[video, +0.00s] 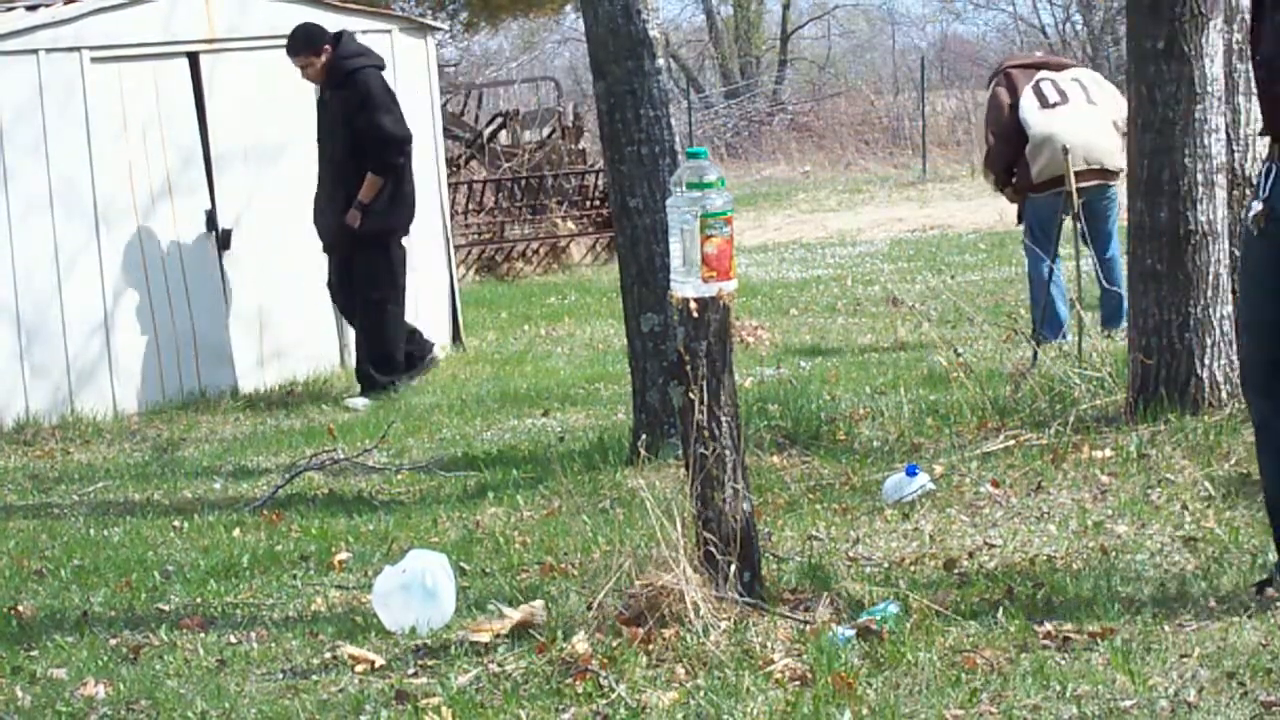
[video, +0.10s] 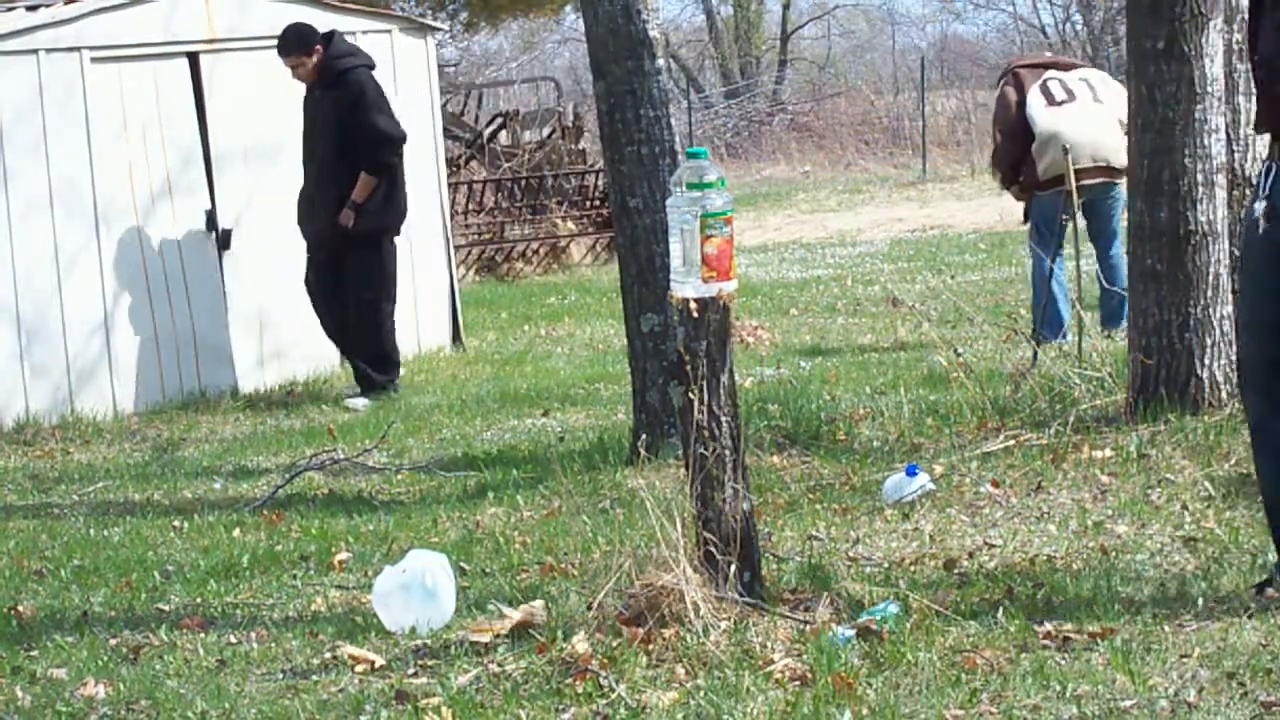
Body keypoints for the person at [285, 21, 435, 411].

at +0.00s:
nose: (303, 75)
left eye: (306, 66)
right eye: (299, 68)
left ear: (325, 53)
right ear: (315, 57)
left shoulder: (360, 78)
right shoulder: (334, 80)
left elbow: (391, 145)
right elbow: (343, 149)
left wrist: (360, 204)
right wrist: (330, 202)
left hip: (375, 216)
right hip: (347, 215)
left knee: (374, 299)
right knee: (346, 293)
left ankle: (379, 387)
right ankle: (414, 349)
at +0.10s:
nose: (293, 74)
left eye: (296, 65)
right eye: (289, 67)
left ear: (316, 52)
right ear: (303, 58)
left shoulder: (354, 80)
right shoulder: (318, 86)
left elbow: (386, 144)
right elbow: (326, 152)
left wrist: (354, 203)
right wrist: (314, 203)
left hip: (365, 218)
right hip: (329, 218)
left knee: (366, 298)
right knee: (323, 290)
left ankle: (379, 386)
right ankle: (369, 372)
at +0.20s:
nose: (282, 75)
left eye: (286, 67)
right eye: (278, 69)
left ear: (305, 54)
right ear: (286, 61)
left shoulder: (345, 82)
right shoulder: (301, 91)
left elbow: (377, 144)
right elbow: (310, 154)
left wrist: (346, 203)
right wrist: (297, 201)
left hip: (355, 218)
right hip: (312, 217)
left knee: (360, 302)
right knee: (304, 302)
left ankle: (377, 387)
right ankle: (323, 385)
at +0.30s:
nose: (269, 78)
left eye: (272, 70)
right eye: (264, 71)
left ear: (293, 57)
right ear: (272, 64)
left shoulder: (330, 82)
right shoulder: (284, 94)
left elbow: (365, 147)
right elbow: (294, 157)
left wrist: (334, 206)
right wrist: (282, 205)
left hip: (344, 223)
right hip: (301, 224)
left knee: (355, 309)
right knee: (286, 313)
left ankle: (376, 390)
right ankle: (269, 395)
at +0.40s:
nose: (252, 82)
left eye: (256, 73)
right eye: (248, 75)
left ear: (277, 59)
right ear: (247, 70)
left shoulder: (315, 86)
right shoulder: (263, 101)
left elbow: (349, 149)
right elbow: (273, 162)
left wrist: (320, 209)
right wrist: (262, 207)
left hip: (327, 226)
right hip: (285, 227)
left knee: (346, 311)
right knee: (273, 316)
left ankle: (375, 389)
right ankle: (246, 398)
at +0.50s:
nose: (232, 84)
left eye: (235, 75)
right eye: (227, 77)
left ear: (256, 62)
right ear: (228, 71)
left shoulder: (292, 89)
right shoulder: (241, 106)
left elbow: (330, 148)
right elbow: (248, 174)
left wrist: (302, 211)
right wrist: (237, 222)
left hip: (305, 229)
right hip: (261, 232)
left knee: (330, 314)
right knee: (256, 324)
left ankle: (372, 389)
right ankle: (244, 404)